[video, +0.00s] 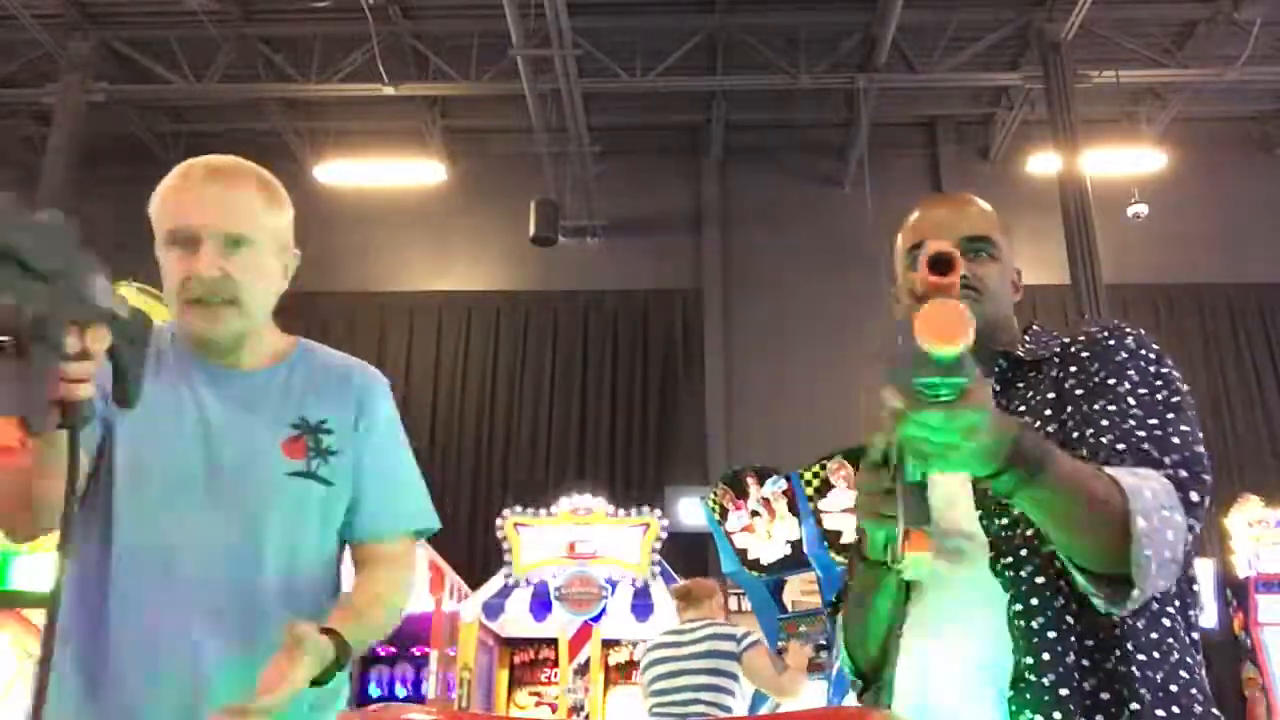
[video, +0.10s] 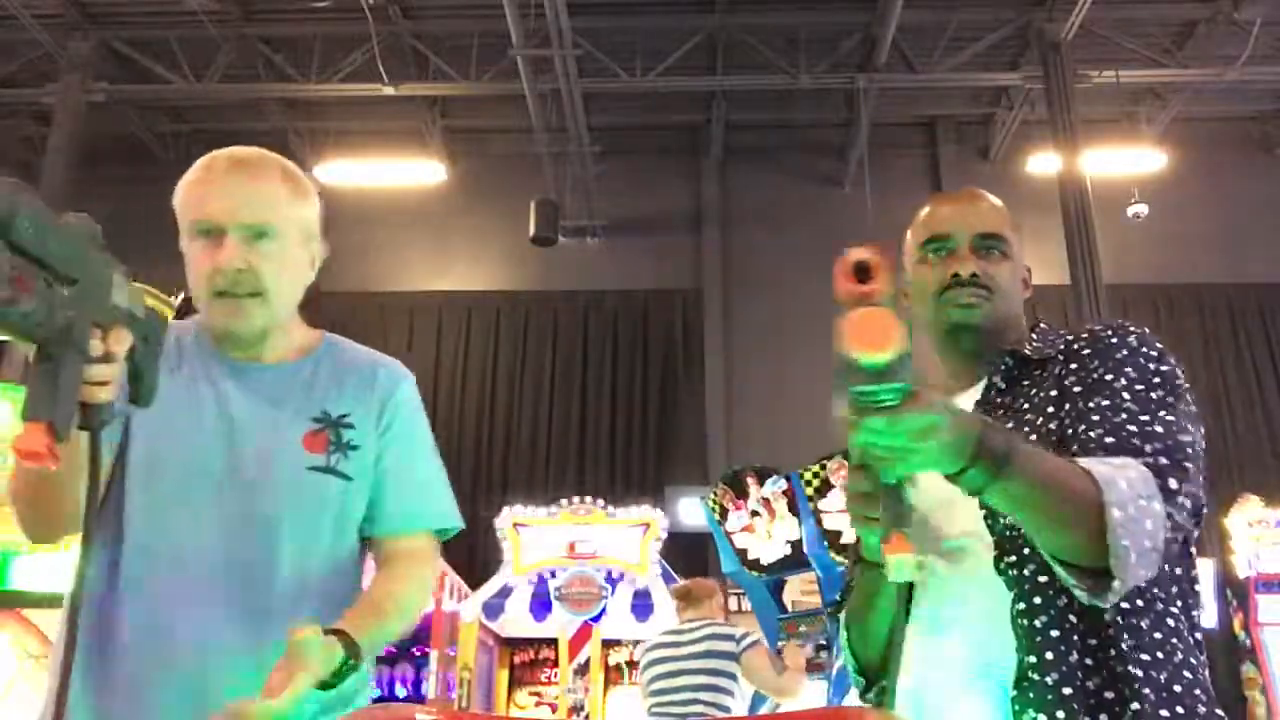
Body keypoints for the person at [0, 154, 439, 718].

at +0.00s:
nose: (206, 269)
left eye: (234, 245)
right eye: (183, 244)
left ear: (287, 266)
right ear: (157, 257)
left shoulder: (352, 395)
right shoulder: (109, 370)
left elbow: (390, 574)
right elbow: (24, 526)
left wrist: (330, 643)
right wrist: (54, 419)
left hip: (274, 713)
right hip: (101, 706)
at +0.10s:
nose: (230, 260)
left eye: (260, 235)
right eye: (208, 235)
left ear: (315, 255)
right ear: (182, 250)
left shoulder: (376, 391)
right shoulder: (126, 364)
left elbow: (412, 565)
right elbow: (44, 524)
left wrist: (339, 647)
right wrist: (70, 402)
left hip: (291, 709)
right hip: (119, 704)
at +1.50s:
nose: (312, 318)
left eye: (338, 303)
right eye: (292, 296)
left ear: (369, 331)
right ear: (254, 312)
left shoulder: (410, 427)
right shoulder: (194, 415)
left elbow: (417, 576)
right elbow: (156, 585)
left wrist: (265, 504)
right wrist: (167, 499)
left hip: (348, 709)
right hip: (196, 708)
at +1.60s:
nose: (328, 325)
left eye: (355, 308)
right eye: (310, 302)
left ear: (384, 335)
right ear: (274, 314)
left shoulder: (418, 435)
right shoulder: (202, 419)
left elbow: (439, 580)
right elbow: (186, 577)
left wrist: (325, 513)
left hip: (357, 709)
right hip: (208, 707)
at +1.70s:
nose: (336, 330)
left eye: (359, 315)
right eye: (317, 307)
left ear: (386, 336)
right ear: (279, 323)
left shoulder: (421, 440)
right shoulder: (215, 420)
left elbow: (453, 585)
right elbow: (213, 578)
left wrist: (381, 538)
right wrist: (292, 513)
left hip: (366, 711)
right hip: (219, 709)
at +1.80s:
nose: (332, 326)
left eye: (356, 313)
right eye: (311, 306)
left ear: (385, 339)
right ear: (273, 324)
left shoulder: (417, 438)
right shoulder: (210, 420)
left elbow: (448, 583)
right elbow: (205, 587)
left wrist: (351, 530)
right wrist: (264, 538)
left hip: (367, 709)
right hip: (217, 709)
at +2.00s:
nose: (284, 320)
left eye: (310, 302)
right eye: (265, 296)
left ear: (351, 323)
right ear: (236, 310)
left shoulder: (397, 418)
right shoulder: (182, 417)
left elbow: (415, 566)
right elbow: (139, 584)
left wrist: (296, 490)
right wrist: (137, 488)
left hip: (343, 707)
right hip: (193, 707)